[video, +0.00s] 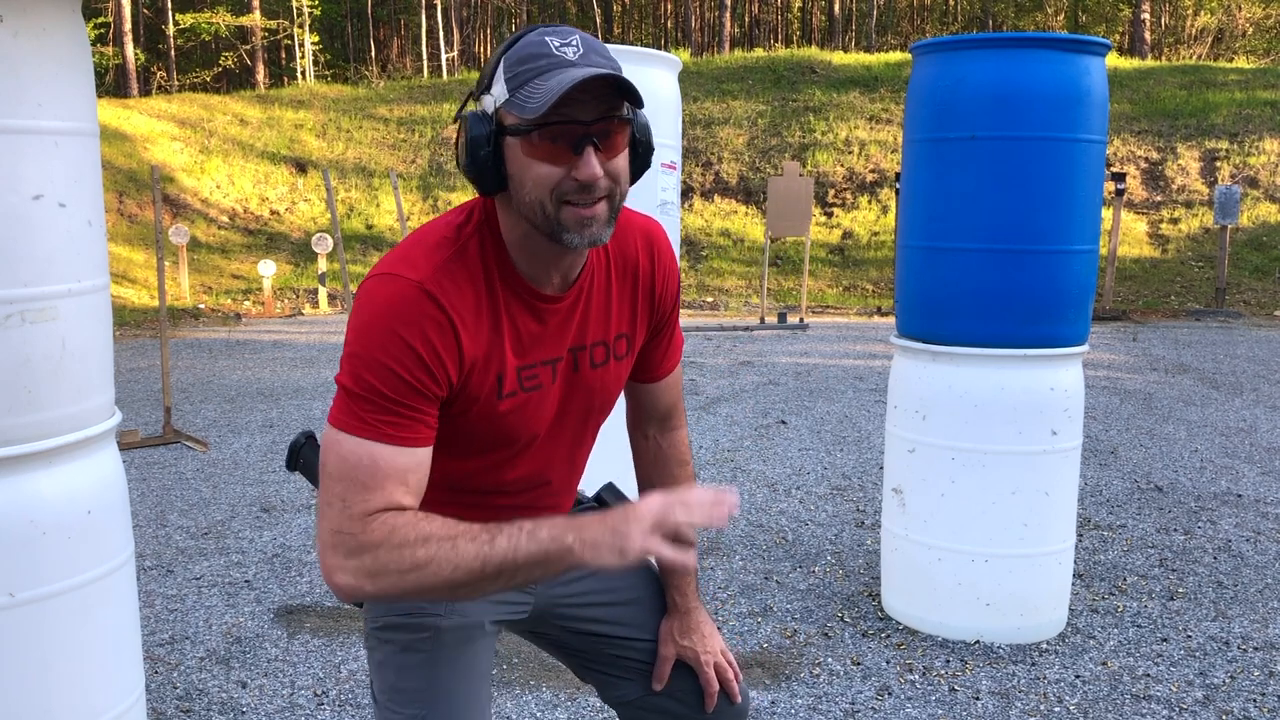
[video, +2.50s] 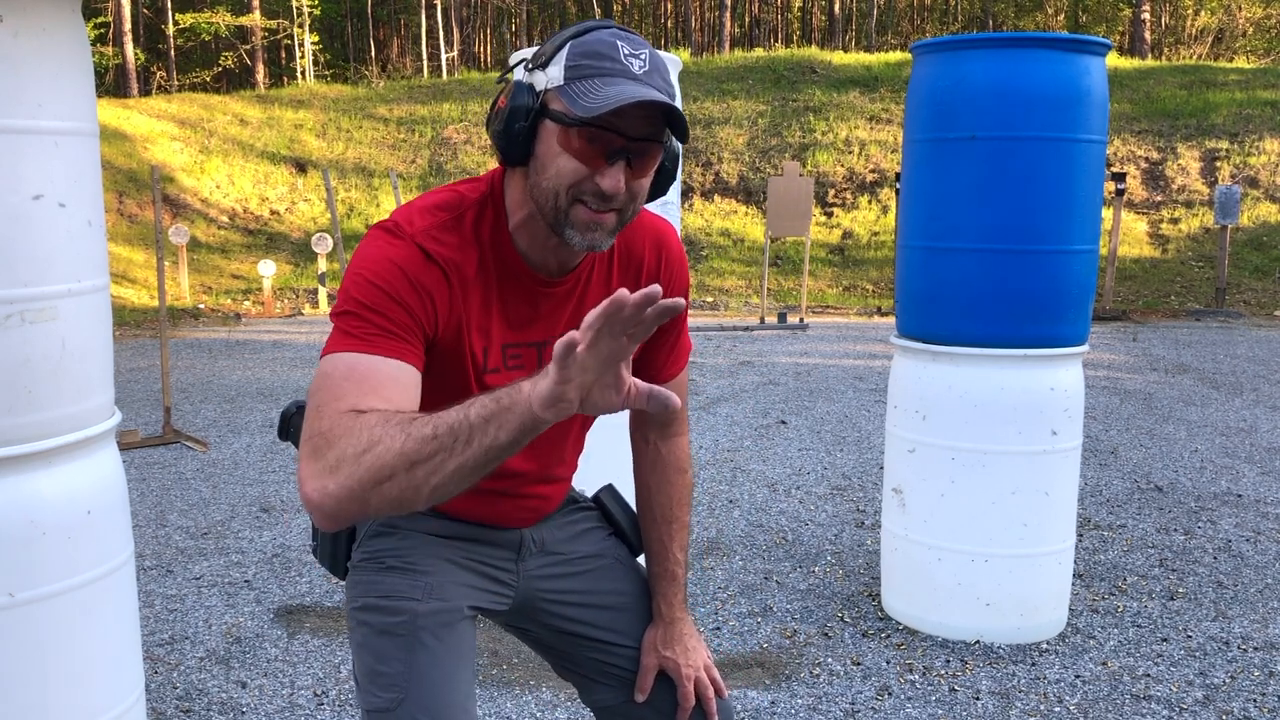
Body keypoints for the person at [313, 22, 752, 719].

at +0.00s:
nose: (590, 168)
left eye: (608, 138)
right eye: (559, 140)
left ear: (631, 145)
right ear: (490, 151)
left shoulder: (642, 255)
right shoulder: (413, 296)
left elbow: (661, 432)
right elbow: (357, 551)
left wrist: (685, 600)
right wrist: (580, 537)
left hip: (564, 547)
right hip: (430, 571)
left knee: (708, 701)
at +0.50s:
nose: (579, 189)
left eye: (598, 156)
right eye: (547, 157)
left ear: (624, 158)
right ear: (487, 155)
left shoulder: (639, 256)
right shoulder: (405, 298)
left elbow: (657, 431)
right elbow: (402, 566)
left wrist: (679, 600)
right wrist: (597, 470)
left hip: (572, 541)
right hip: (430, 566)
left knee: (707, 702)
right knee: (436, 707)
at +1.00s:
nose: (588, 191)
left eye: (613, 155)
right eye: (560, 153)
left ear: (639, 160)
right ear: (500, 151)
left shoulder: (647, 260)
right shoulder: (409, 291)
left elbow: (664, 434)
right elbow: (371, 545)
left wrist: (682, 602)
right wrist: (582, 566)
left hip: (551, 531)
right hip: (417, 547)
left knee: (703, 703)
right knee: (431, 708)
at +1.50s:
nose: (568, 199)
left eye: (591, 165)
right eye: (537, 167)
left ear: (623, 162)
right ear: (482, 158)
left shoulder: (643, 257)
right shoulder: (398, 288)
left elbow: (662, 431)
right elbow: (391, 551)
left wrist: (675, 609)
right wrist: (574, 438)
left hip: (558, 532)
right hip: (421, 562)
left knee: (690, 702)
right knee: (431, 707)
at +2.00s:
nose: (586, 197)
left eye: (610, 164)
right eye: (559, 161)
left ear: (641, 167)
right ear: (501, 155)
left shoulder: (656, 264)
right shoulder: (405, 295)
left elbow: (670, 435)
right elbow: (344, 537)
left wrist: (679, 611)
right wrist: (526, 666)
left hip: (567, 532)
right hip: (434, 542)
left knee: (694, 703)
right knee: (440, 704)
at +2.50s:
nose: (613, 182)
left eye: (640, 153)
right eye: (593, 142)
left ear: (660, 163)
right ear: (521, 127)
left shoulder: (651, 253)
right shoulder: (411, 250)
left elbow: (664, 429)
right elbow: (334, 480)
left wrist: (673, 611)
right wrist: (548, 395)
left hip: (558, 527)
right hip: (419, 533)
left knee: (682, 701)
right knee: (425, 707)